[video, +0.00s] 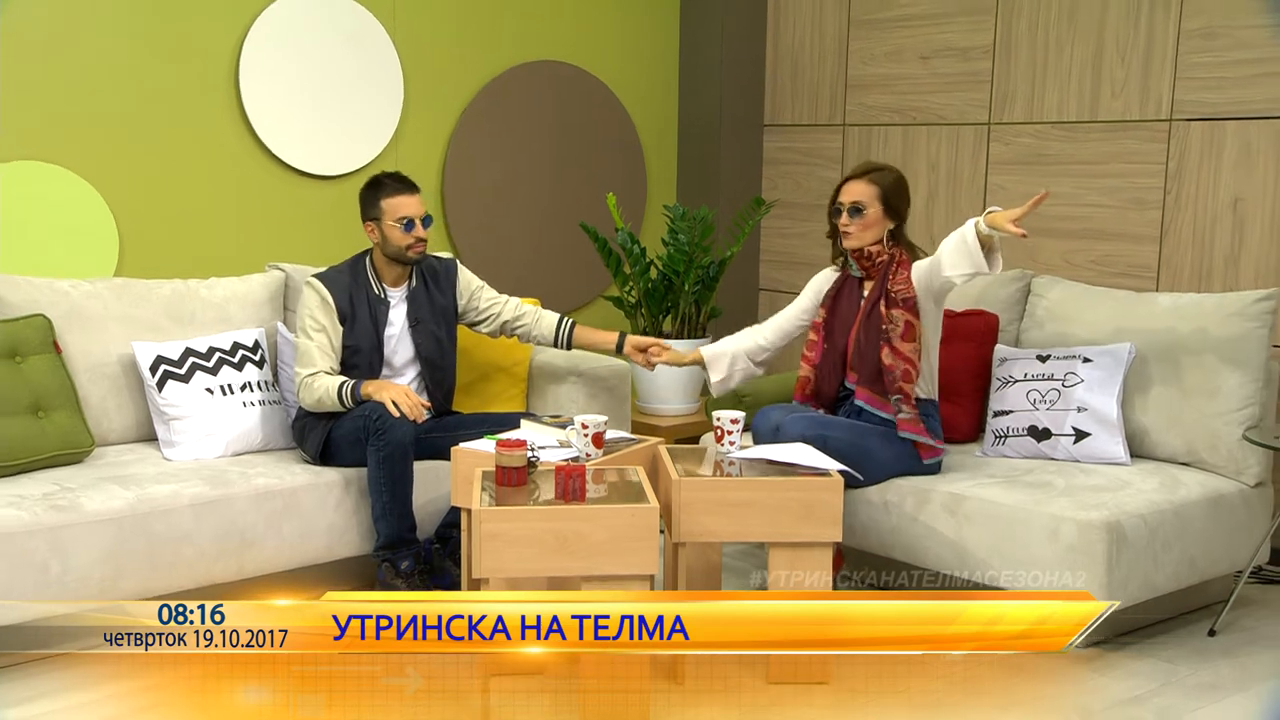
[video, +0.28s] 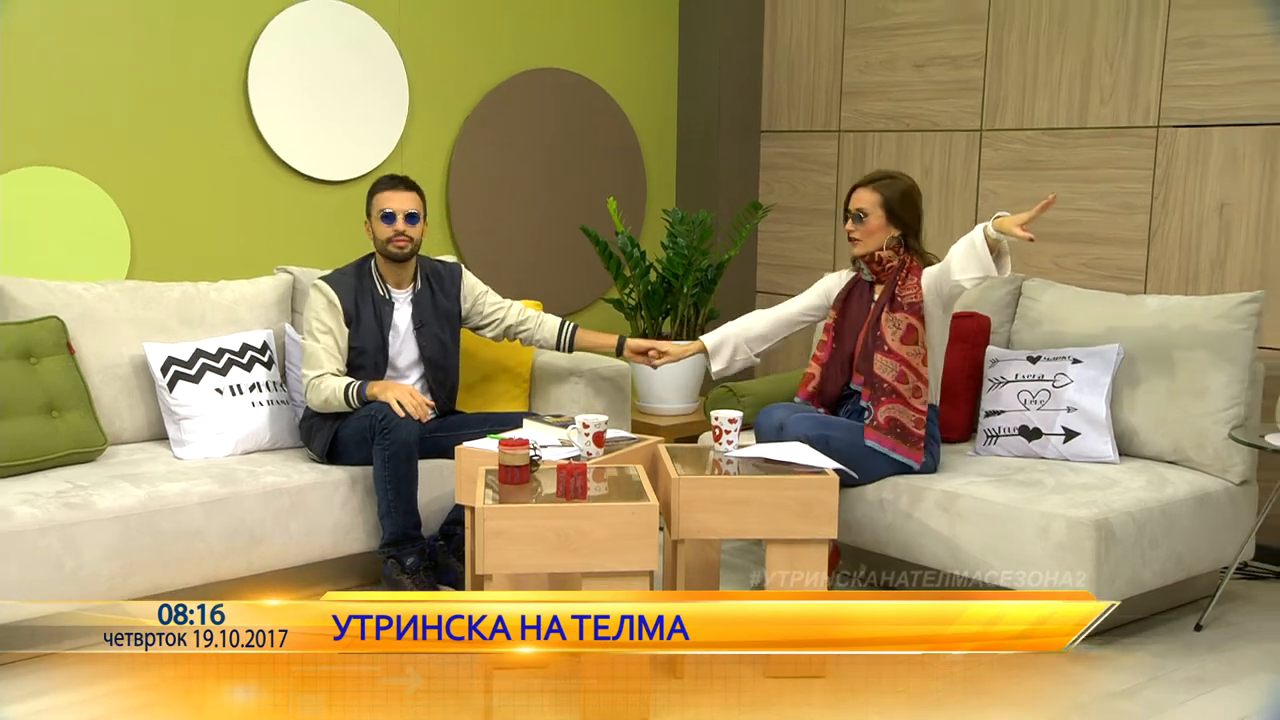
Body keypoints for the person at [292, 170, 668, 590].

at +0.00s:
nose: (419, 233)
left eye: (423, 221)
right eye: (405, 225)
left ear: (427, 220)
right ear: (372, 230)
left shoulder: (445, 275)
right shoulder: (327, 290)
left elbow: (519, 319)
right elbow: (311, 386)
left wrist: (621, 342)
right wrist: (369, 388)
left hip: (424, 421)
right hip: (339, 427)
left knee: (524, 430)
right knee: (393, 416)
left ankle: (445, 551)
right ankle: (397, 558)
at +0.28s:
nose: (400, 229)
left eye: (411, 219)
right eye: (388, 218)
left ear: (423, 227)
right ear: (369, 226)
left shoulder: (449, 281)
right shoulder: (333, 291)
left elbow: (521, 322)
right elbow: (318, 387)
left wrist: (620, 345)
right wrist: (377, 388)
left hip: (429, 420)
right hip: (345, 426)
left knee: (526, 429)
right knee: (397, 414)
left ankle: (447, 549)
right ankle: (403, 557)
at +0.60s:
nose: (392, 232)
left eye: (406, 223)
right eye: (383, 221)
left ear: (426, 232)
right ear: (372, 228)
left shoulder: (454, 283)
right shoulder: (341, 295)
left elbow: (528, 322)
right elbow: (328, 388)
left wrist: (627, 339)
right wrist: (382, 389)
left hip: (435, 419)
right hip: (353, 424)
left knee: (531, 429)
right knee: (404, 414)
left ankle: (452, 548)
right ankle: (409, 557)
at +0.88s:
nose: (405, 245)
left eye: (417, 234)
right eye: (394, 234)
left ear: (433, 239)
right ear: (380, 238)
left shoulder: (459, 287)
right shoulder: (348, 299)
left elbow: (531, 319)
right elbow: (328, 389)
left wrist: (628, 326)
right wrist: (382, 391)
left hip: (438, 421)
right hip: (358, 425)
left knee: (533, 431)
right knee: (407, 418)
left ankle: (455, 546)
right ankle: (413, 556)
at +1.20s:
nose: (431, 281)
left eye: (441, 270)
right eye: (420, 271)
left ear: (450, 259)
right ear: (398, 260)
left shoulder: (470, 295)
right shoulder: (361, 307)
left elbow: (544, 318)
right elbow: (318, 387)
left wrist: (638, 320)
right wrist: (371, 394)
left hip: (440, 426)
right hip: (367, 428)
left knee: (527, 420)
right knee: (411, 427)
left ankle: (464, 548)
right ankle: (425, 557)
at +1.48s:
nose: (455, 305)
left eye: (464, 295)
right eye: (444, 296)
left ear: (472, 280)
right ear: (419, 279)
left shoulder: (483, 303)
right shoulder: (373, 313)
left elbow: (555, 323)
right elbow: (331, 390)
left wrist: (645, 327)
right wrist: (377, 395)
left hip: (445, 428)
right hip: (374, 432)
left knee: (538, 422)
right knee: (418, 420)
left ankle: (467, 544)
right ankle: (430, 552)